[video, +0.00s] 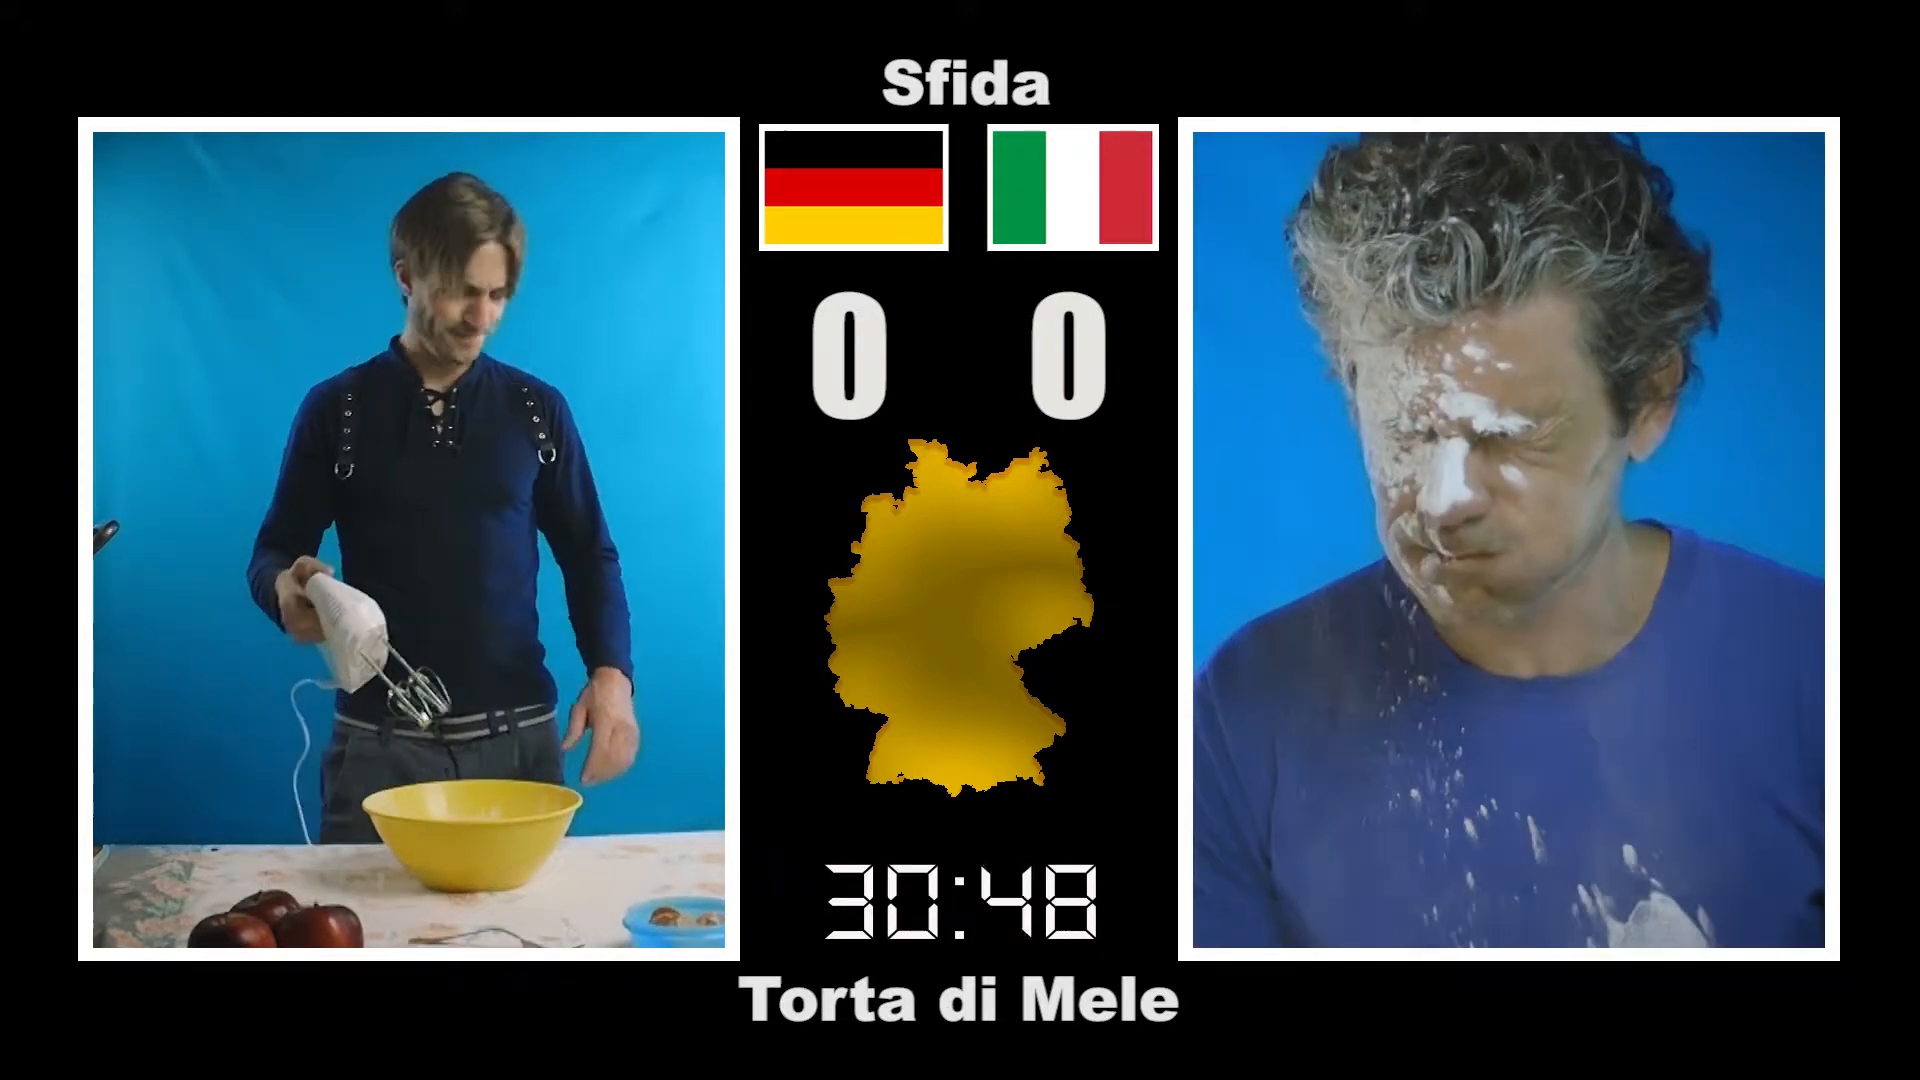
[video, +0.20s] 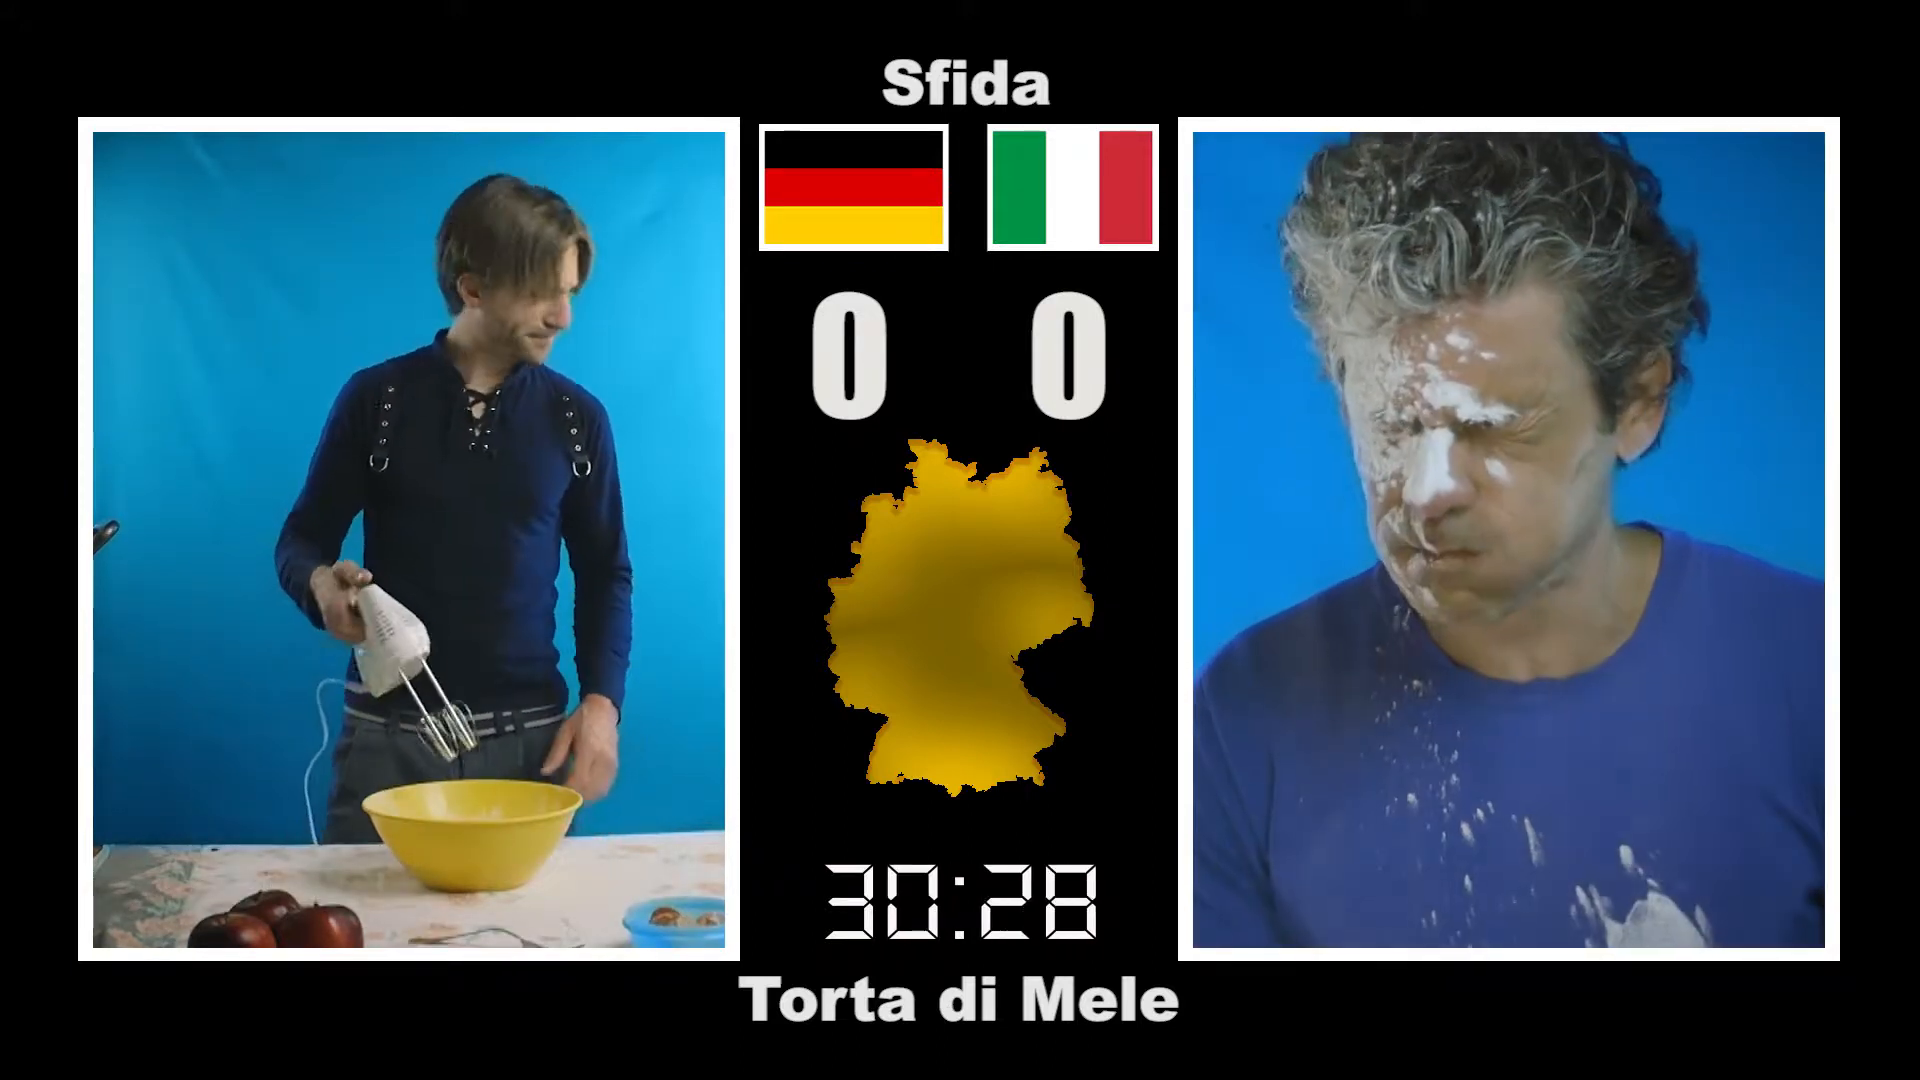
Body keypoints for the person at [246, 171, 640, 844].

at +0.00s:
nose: (481, 316)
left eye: (497, 296)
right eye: (462, 292)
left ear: (510, 291)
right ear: (407, 272)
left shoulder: (537, 412)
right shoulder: (337, 412)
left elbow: (588, 553)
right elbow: (276, 551)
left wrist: (611, 672)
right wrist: (286, 593)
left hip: (517, 749)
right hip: (381, 751)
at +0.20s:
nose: (561, 317)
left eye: (568, 295)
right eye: (541, 295)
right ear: (471, 285)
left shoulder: (575, 420)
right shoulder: (376, 401)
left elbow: (603, 572)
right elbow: (304, 540)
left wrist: (600, 702)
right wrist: (318, 581)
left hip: (524, 745)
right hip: (388, 738)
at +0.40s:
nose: (561, 328)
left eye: (576, 306)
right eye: (542, 301)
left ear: (587, 301)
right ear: (482, 281)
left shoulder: (580, 425)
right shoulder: (381, 395)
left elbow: (603, 577)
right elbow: (296, 537)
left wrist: (599, 711)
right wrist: (325, 581)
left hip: (518, 743)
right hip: (382, 736)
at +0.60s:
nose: (532, 325)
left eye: (546, 304)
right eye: (514, 299)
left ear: (557, 298)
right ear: (450, 277)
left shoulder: (545, 419)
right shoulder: (350, 398)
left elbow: (570, 572)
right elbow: (263, 546)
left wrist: (602, 694)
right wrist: (315, 595)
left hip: (500, 738)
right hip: (368, 740)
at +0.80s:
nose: (487, 323)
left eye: (496, 300)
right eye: (469, 299)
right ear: (398, 286)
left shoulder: (495, 409)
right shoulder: (303, 404)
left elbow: (529, 564)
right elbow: (222, 567)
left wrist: (577, 682)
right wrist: (294, 608)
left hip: (468, 738)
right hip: (338, 743)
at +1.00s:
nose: (429, 325)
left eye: (439, 301)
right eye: (411, 301)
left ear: (448, 292)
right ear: (340, 284)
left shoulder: (444, 402)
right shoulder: (257, 413)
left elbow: (476, 560)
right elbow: (185, 589)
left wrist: (520, 700)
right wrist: (273, 621)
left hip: (443, 743)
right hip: (313, 754)